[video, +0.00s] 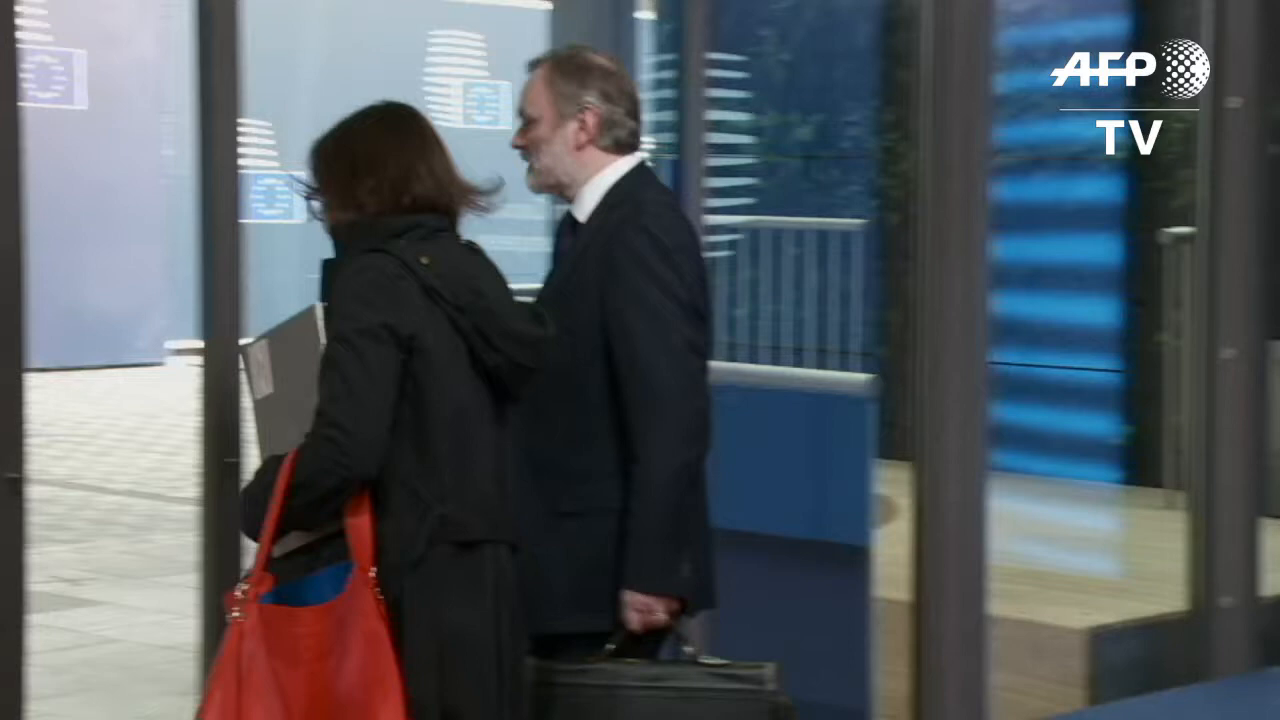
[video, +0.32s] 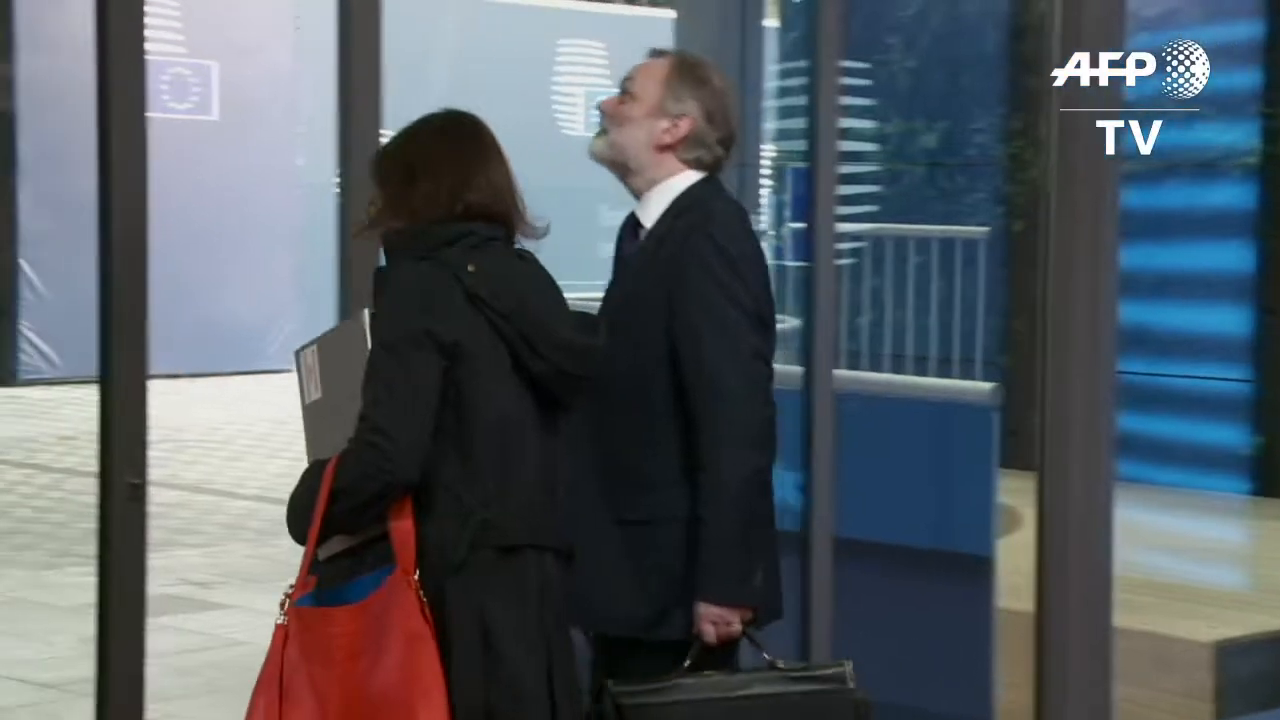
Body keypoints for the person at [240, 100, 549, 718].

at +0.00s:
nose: (323, 210)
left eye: (328, 192)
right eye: (321, 193)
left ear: (360, 189)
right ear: (427, 178)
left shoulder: (369, 276)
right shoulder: (470, 269)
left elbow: (351, 445)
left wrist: (265, 500)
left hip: (415, 588)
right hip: (483, 576)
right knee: (478, 703)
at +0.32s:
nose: (380, 210)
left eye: (388, 191)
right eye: (382, 191)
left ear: (413, 192)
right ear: (489, 184)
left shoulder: (416, 279)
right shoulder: (527, 280)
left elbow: (394, 451)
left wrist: (313, 499)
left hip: (463, 584)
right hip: (536, 573)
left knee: (469, 706)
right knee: (532, 703)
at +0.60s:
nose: (412, 213)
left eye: (419, 195)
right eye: (414, 194)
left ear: (443, 196)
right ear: (524, 190)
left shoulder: (444, 289)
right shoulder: (561, 288)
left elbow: (410, 456)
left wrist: (340, 507)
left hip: (493, 595)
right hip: (579, 585)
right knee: (579, 703)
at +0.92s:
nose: (462, 215)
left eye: (470, 198)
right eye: (467, 197)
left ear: (488, 200)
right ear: (576, 194)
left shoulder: (489, 295)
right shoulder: (614, 294)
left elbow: (449, 464)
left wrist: (396, 518)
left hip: (536, 595)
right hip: (626, 588)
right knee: (625, 705)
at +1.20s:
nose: (493, 216)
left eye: (501, 199)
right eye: (497, 199)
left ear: (518, 201)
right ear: (606, 197)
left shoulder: (513, 297)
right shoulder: (645, 298)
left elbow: (474, 463)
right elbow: (649, 450)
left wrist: (424, 526)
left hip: (561, 592)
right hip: (654, 586)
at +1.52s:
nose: (526, 219)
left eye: (532, 203)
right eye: (527, 203)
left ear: (552, 207)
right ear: (637, 201)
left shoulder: (546, 301)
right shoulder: (673, 300)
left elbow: (510, 464)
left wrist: (466, 523)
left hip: (595, 589)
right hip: (689, 582)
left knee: (606, 707)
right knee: (688, 704)